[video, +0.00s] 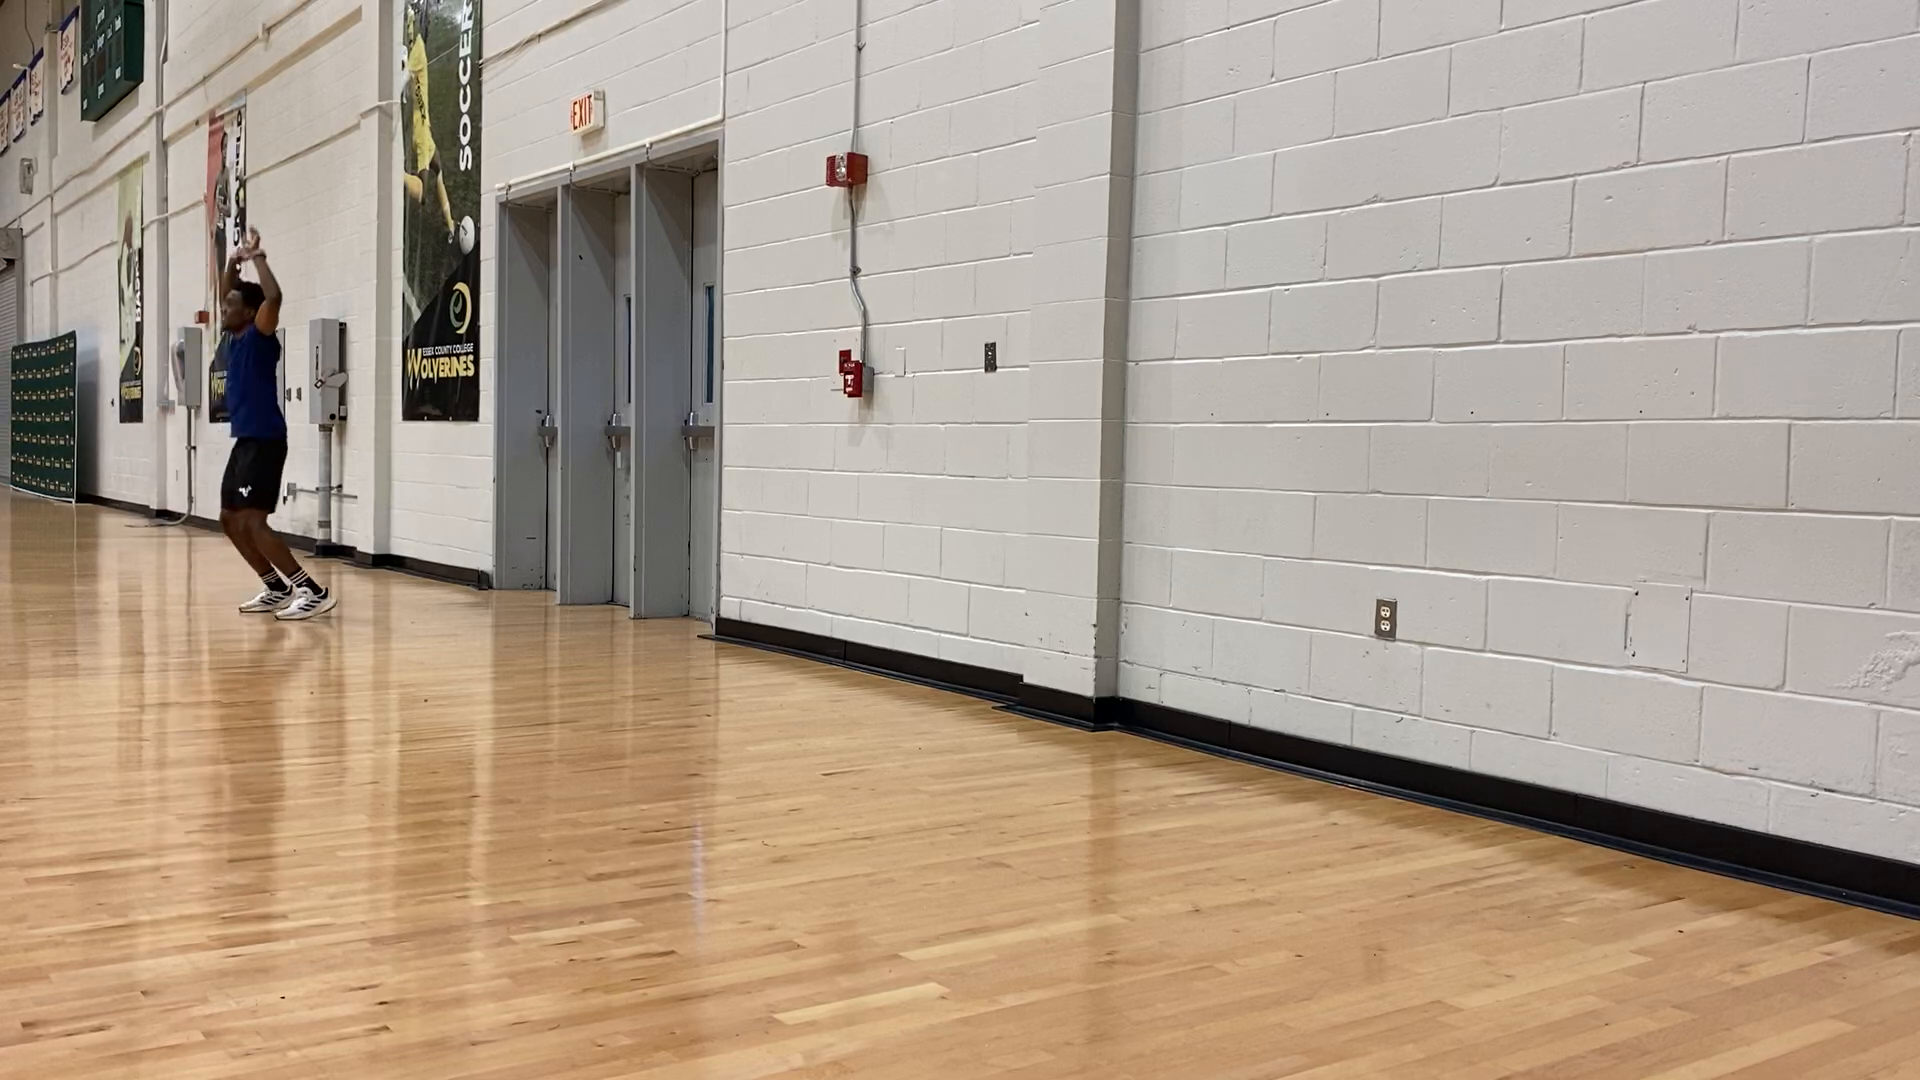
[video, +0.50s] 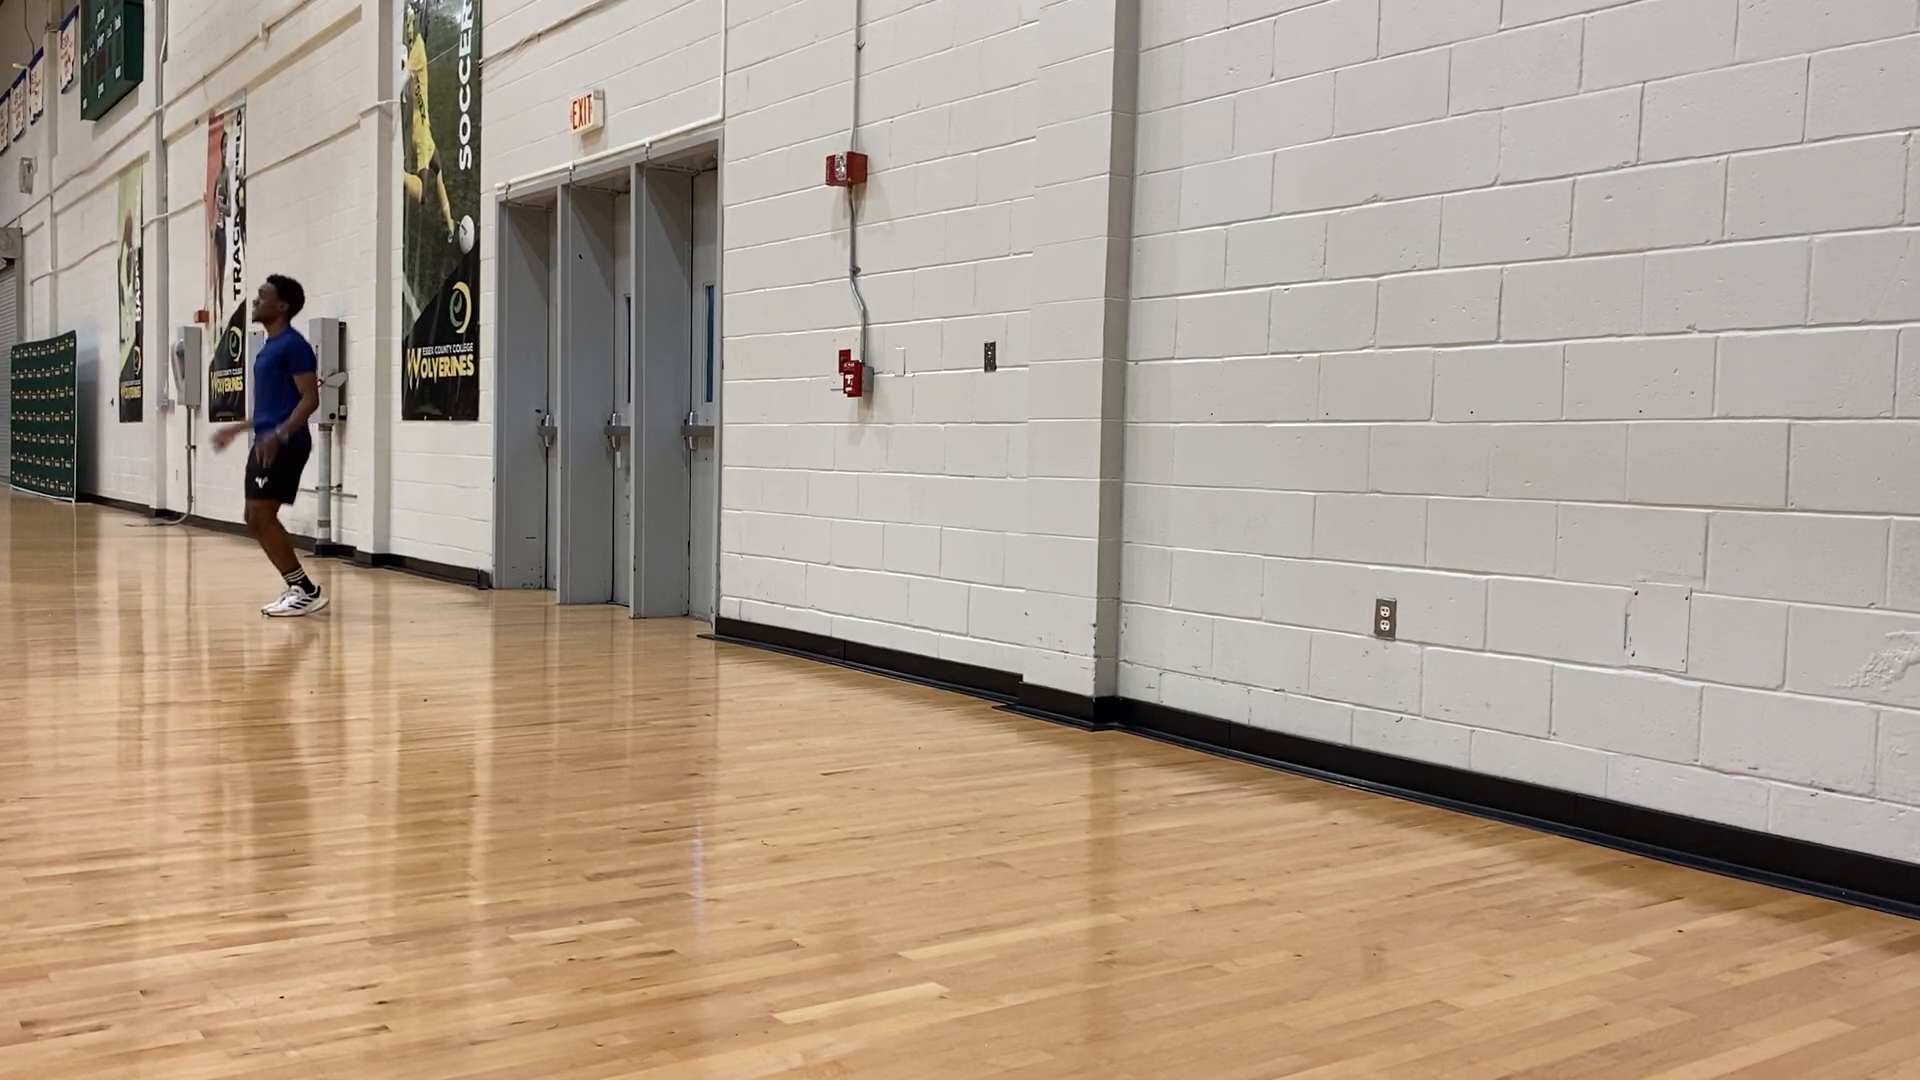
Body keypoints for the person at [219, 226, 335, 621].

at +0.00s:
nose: (223, 310)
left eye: (230, 305)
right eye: (223, 304)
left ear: (248, 309)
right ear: (230, 308)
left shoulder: (259, 336)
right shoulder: (236, 337)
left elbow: (273, 298)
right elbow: (225, 296)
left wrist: (258, 257)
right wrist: (233, 261)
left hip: (266, 440)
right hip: (245, 440)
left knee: (252, 521)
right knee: (230, 520)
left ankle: (310, 591)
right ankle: (277, 587)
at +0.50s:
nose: (255, 301)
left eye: (262, 297)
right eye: (257, 296)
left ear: (281, 307)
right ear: (275, 308)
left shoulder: (294, 345)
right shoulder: (270, 346)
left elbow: (311, 399)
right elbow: (270, 408)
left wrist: (279, 434)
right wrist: (236, 429)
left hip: (286, 440)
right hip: (267, 438)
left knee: (263, 516)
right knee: (253, 519)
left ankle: (304, 590)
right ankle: (299, 588)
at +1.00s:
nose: (277, 290)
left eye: (284, 286)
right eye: (279, 285)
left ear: (302, 294)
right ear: (285, 292)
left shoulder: (312, 323)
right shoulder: (287, 323)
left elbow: (315, 296)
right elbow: (262, 301)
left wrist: (288, 261)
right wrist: (251, 259)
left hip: (307, 424)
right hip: (287, 424)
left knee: (290, 502)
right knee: (275, 505)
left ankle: (328, 583)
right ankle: (309, 583)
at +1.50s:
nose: (289, 291)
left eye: (296, 287)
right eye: (292, 285)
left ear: (314, 296)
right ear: (309, 296)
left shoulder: (323, 332)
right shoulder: (305, 334)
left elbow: (338, 385)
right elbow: (301, 393)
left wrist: (297, 392)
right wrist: (264, 405)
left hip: (316, 434)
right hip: (300, 433)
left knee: (309, 507)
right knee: (300, 508)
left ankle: (337, 588)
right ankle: (325, 585)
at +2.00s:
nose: (281, 298)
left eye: (286, 292)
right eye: (282, 292)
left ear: (306, 296)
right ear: (301, 298)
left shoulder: (323, 331)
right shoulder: (304, 336)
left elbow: (344, 379)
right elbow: (306, 394)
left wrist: (307, 395)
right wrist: (268, 400)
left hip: (326, 434)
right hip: (309, 433)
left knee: (323, 507)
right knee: (313, 508)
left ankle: (340, 588)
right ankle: (326, 586)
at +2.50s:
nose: (283, 296)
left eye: (289, 290)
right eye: (285, 290)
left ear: (308, 295)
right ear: (305, 296)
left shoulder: (322, 329)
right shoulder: (305, 335)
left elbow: (335, 377)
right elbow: (301, 393)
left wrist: (297, 391)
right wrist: (266, 398)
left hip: (321, 432)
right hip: (306, 432)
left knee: (317, 507)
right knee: (311, 507)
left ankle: (338, 587)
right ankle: (327, 585)